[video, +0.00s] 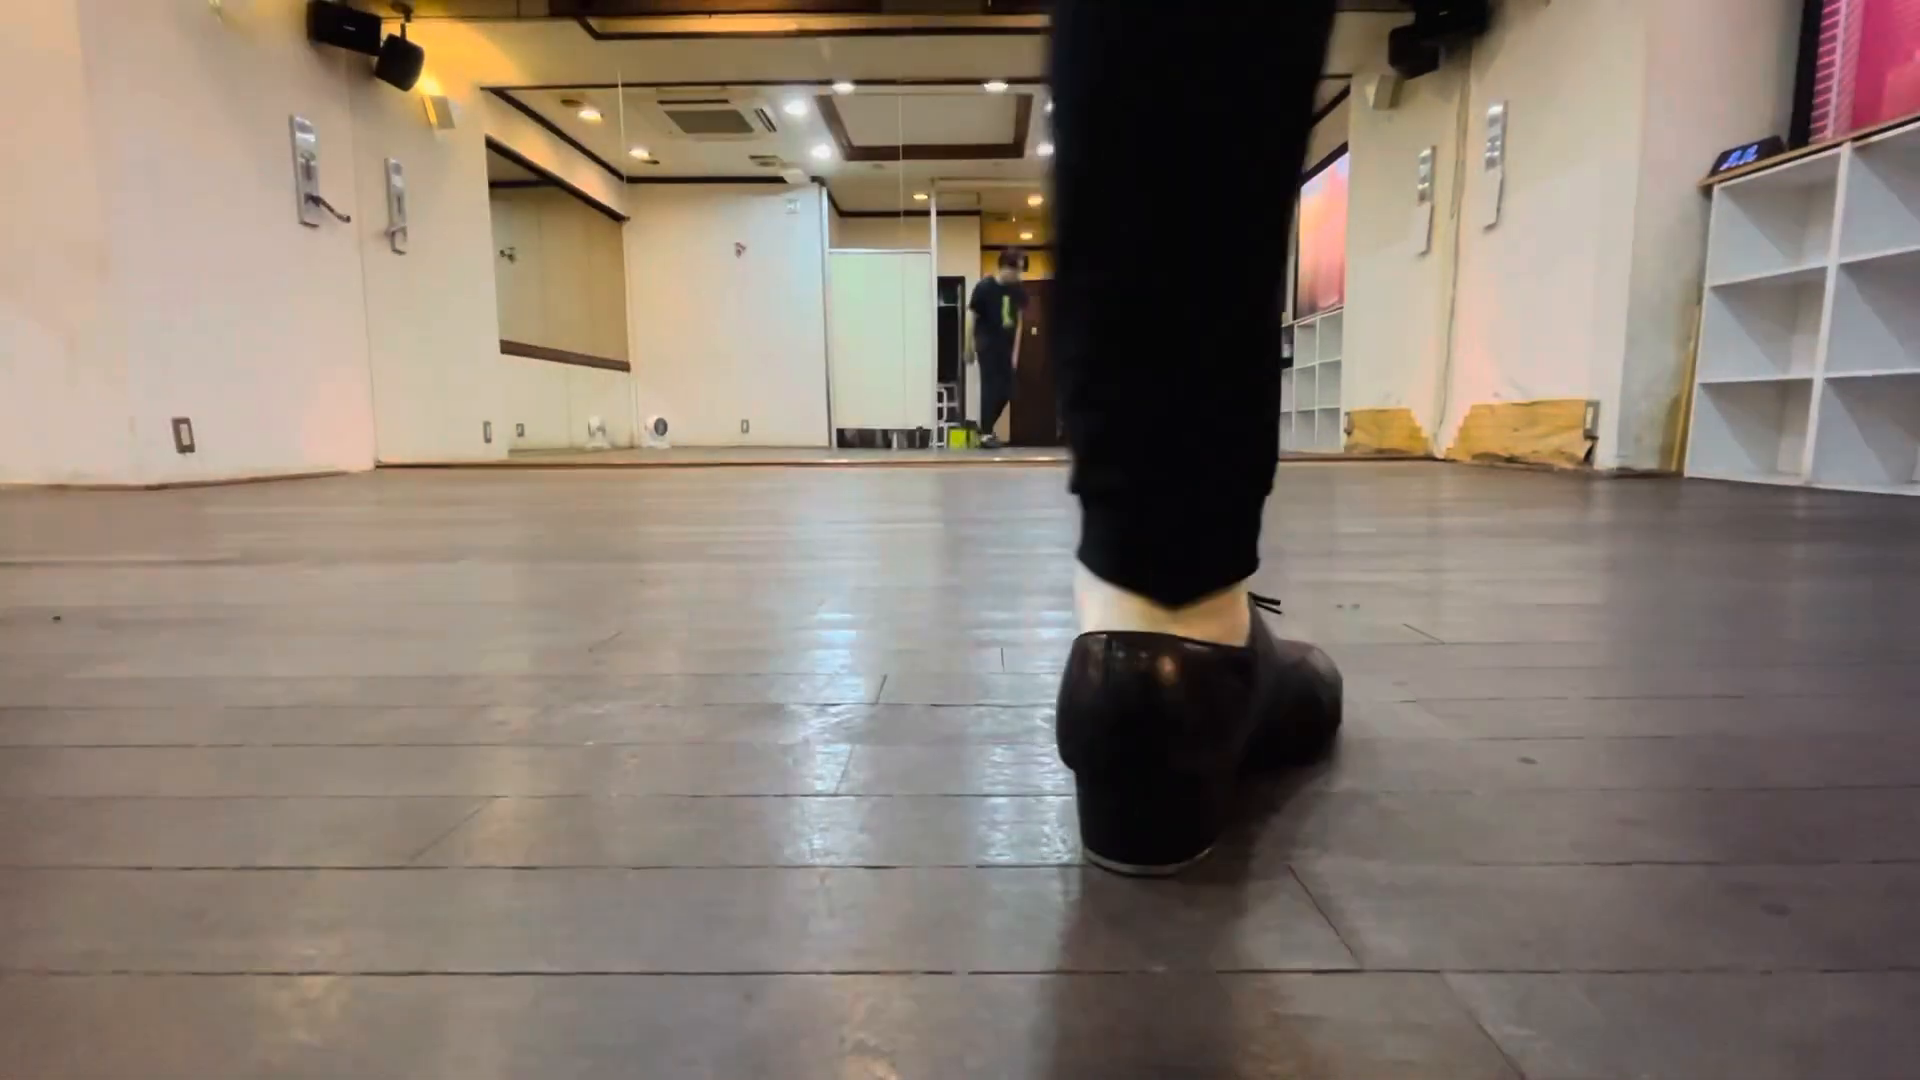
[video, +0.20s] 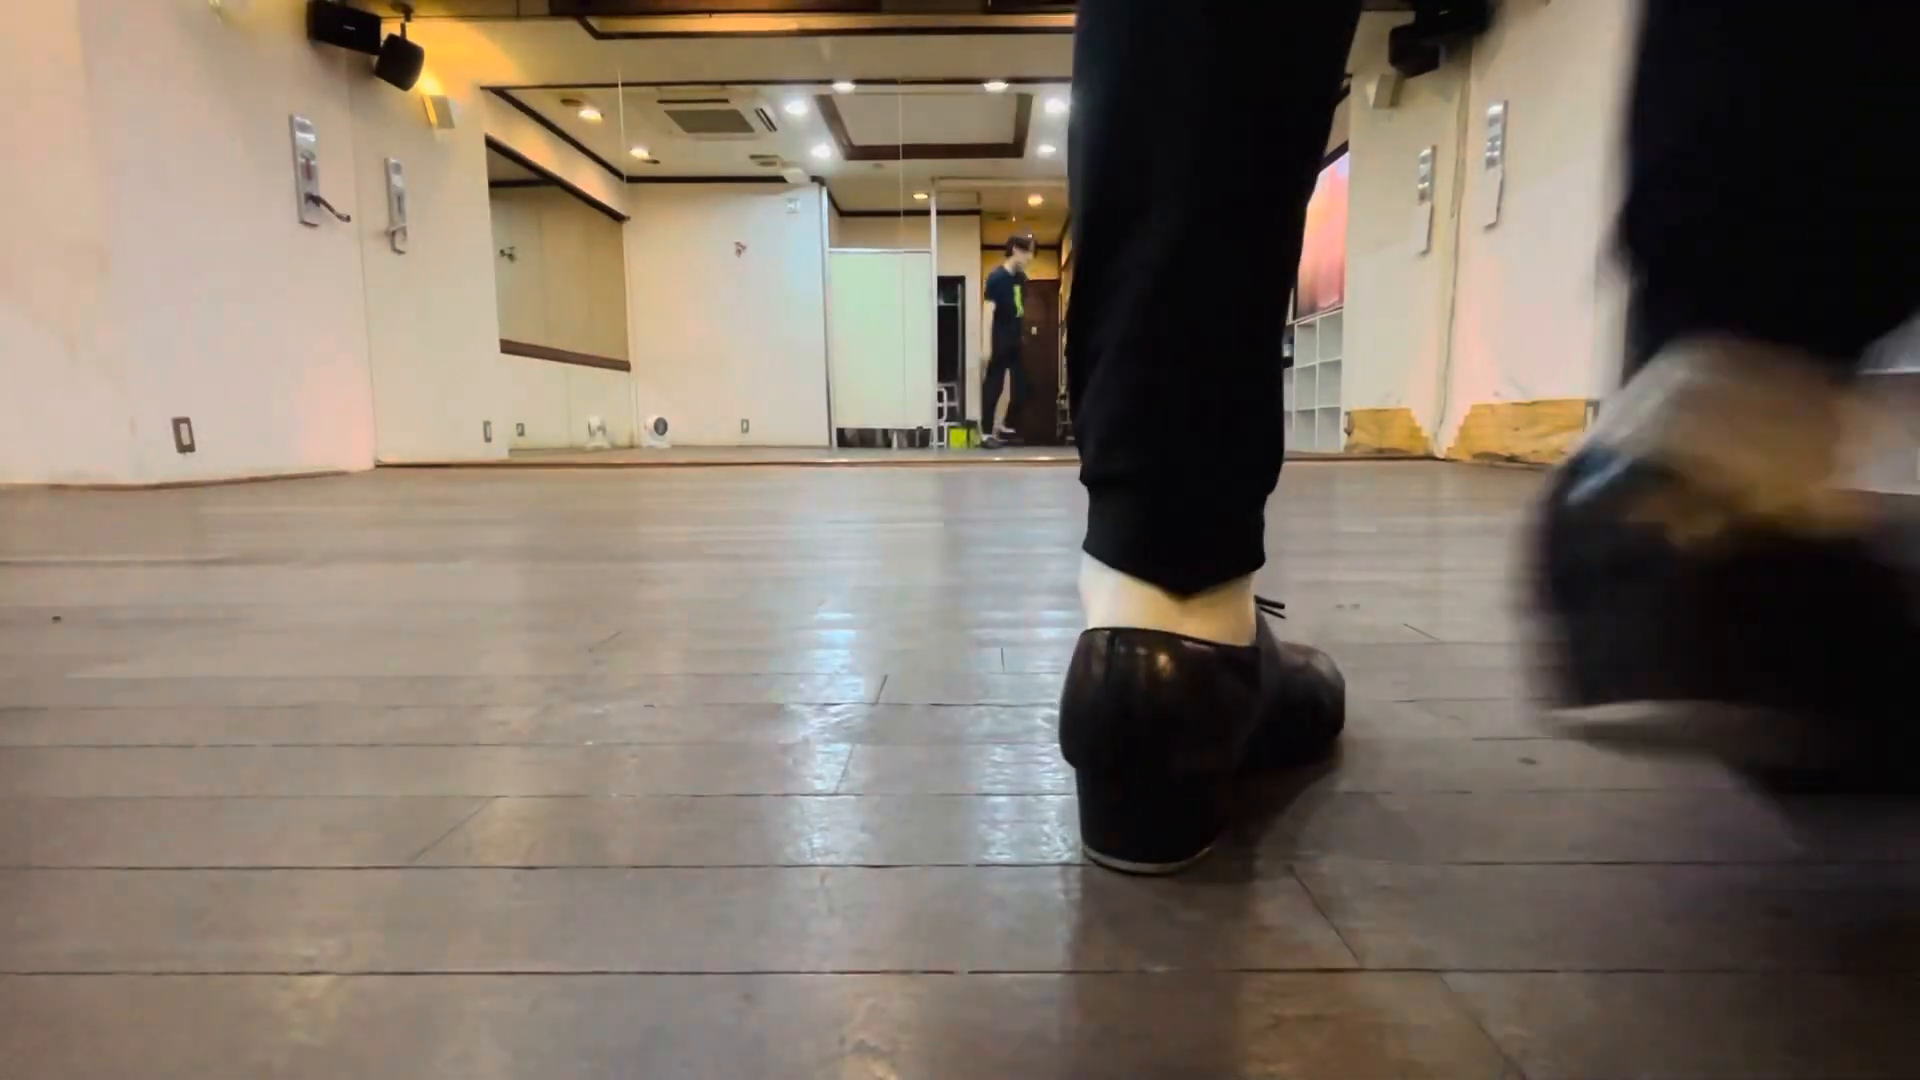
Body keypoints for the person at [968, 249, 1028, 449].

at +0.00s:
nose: (1018, 276)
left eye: (1020, 271)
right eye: (1015, 271)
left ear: (1019, 271)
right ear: (1004, 268)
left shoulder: (1017, 291)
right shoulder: (985, 287)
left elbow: (1019, 325)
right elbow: (971, 318)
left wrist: (1015, 352)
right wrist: (969, 347)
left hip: (1005, 346)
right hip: (986, 345)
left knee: (1005, 389)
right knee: (991, 387)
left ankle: (987, 428)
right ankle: (986, 431)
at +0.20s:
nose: (1030, 260)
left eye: (1031, 255)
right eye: (1027, 254)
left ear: (1020, 253)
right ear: (1015, 251)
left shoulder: (1021, 279)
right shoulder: (997, 278)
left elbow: (1020, 312)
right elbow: (988, 316)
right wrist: (987, 349)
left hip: (1016, 344)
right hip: (1000, 344)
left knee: (1020, 388)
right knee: (993, 387)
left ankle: (1004, 426)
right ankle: (987, 431)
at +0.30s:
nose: (1036, 255)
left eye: (1038, 251)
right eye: (1033, 250)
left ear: (1033, 252)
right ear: (1021, 248)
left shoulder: (1027, 277)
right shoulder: (1005, 275)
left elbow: (1025, 308)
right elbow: (998, 305)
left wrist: (1026, 330)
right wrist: (1003, 332)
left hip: (1020, 331)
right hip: (1004, 331)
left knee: (1025, 379)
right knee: (995, 382)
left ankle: (1023, 428)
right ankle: (986, 432)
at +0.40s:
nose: (1046, 256)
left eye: (1046, 251)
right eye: (1042, 251)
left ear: (1037, 252)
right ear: (1030, 250)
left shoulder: (1034, 278)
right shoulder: (1015, 275)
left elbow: (1032, 305)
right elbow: (1010, 301)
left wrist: (1034, 320)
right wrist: (1021, 323)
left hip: (1025, 337)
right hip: (1008, 337)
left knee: (1032, 383)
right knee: (1000, 383)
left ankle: (1038, 428)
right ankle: (987, 431)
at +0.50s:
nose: (1057, 253)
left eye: (1057, 248)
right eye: (1054, 248)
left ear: (1049, 250)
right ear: (1041, 248)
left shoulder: (1049, 280)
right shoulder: (1024, 271)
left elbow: (1055, 311)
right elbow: (1021, 299)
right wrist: (1040, 317)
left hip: (1041, 340)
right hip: (1021, 338)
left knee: (1042, 384)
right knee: (1011, 382)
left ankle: (1041, 431)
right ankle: (992, 429)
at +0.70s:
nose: (1073, 250)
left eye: (1074, 245)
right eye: (1071, 245)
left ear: (1066, 245)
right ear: (1060, 243)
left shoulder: (1063, 276)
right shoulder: (1041, 268)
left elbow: (1064, 307)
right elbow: (1039, 303)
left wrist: (1072, 333)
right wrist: (1061, 330)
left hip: (1059, 332)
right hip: (1043, 332)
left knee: (1059, 378)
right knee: (1051, 377)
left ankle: (1047, 429)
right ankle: (1041, 429)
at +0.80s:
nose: (1084, 249)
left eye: (1085, 244)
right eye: (1082, 243)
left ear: (1076, 242)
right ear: (1071, 240)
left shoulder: (1072, 272)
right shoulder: (1052, 265)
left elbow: (1073, 308)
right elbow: (1047, 302)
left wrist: (1094, 325)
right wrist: (1061, 335)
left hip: (1067, 333)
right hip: (1053, 334)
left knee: (1065, 377)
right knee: (1062, 376)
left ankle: (1056, 426)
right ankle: (1052, 426)